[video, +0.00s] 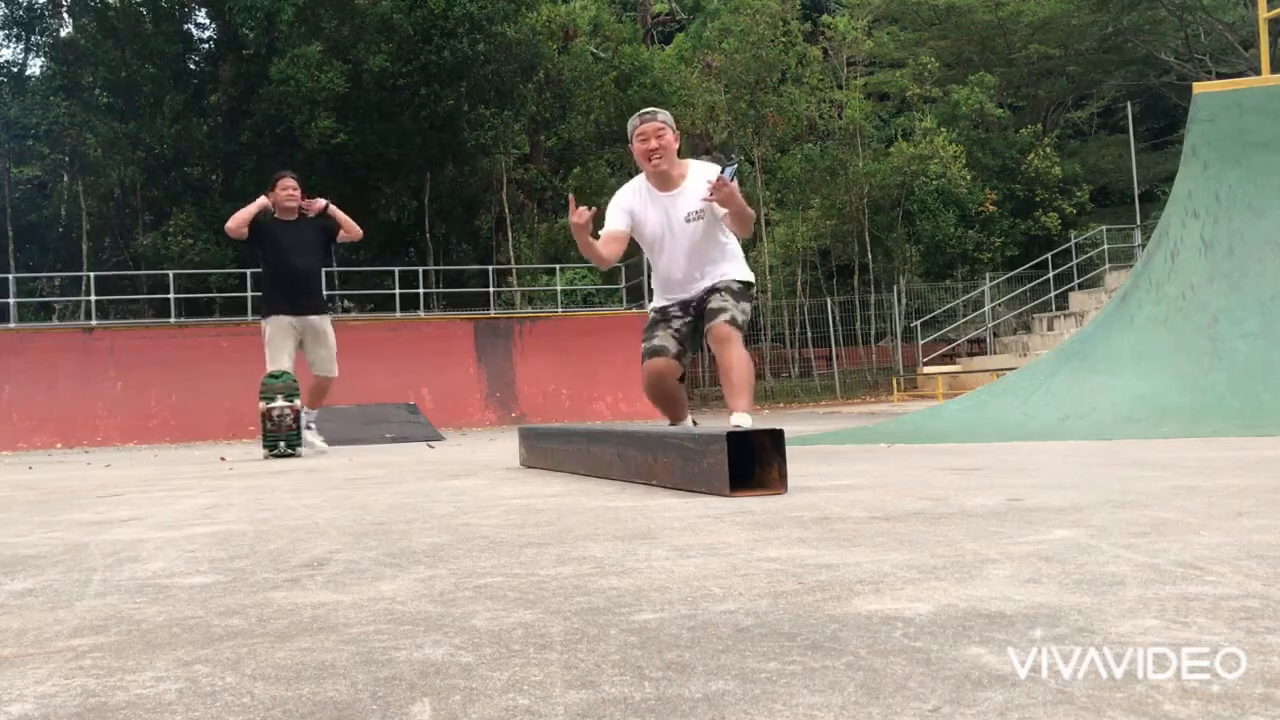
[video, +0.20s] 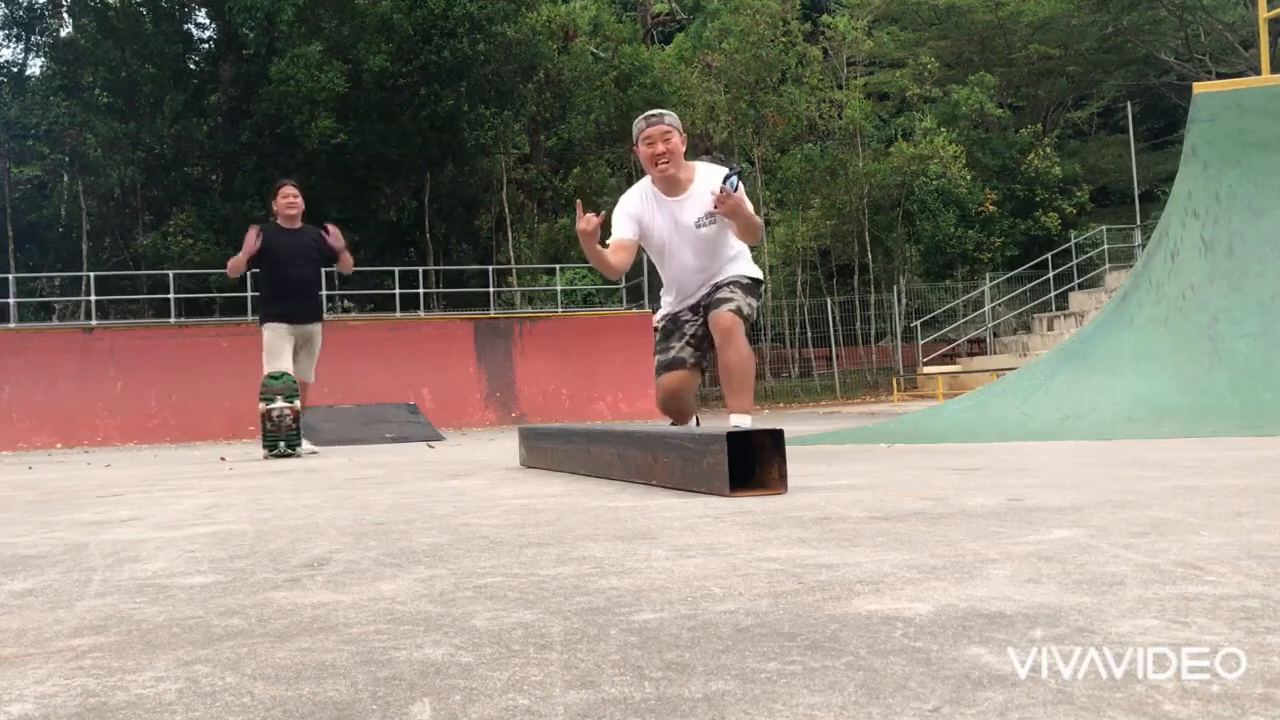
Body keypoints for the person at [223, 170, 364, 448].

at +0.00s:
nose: (292, 192)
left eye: (295, 188)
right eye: (285, 189)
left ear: (302, 196)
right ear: (272, 197)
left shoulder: (317, 223)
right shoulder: (263, 225)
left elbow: (355, 233)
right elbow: (232, 228)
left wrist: (327, 207)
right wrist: (259, 203)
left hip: (315, 312)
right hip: (278, 313)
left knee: (327, 374)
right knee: (279, 377)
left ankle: (306, 423)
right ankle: (283, 434)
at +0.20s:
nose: (292, 200)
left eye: (296, 196)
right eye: (285, 197)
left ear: (303, 204)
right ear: (275, 206)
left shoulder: (316, 236)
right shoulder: (263, 235)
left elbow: (346, 269)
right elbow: (232, 272)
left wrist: (341, 249)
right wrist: (246, 253)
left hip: (310, 321)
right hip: (276, 321)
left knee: (302, 383)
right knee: (278, 382)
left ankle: (296, 435)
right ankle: (278, 439)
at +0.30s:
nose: (294, 202)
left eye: (297, 198)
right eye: (287, 199)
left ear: (304, 206)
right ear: (276, 207)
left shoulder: (317, 236)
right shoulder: (262, 236)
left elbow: (329, 275)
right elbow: (241, 271)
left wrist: (344, 279)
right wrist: (241, 286)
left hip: (309, 322)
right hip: (276, 322)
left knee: (301, 384)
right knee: (280, 382)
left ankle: (295, 436)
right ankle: (280, 440)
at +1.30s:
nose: (252, 216)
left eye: (256, 211)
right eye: (246, 212)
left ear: (262, 215)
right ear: (235, 217)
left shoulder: (274, 239)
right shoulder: (227, 247)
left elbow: (289, 273)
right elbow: (215, 286)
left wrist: (299, 302)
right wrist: (231, 263)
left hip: (277, 324)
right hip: (242, 327)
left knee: (285, 377)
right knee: (245, 383)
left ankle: (277, 431)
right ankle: (248, 438)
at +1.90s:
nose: (257, 231)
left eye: (261, 227)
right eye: (251, 227)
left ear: (266, 229)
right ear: (239, 228)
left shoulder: (269, 254)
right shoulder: (227, 255)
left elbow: (278, 290)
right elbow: (216, 292)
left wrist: (290, 323)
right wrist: (232, 303)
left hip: (269, 331)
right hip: (241, 332)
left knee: (272, 386)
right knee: (245, 385)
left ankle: (267, 438)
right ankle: (246, 439)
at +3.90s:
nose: (267, 196)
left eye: (272, 191)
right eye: (262, 189)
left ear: (275, 195)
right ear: (245, 188)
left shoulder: (267, 221)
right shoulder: (225, 215)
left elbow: (284, 256)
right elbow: (193, 251)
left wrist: (299, 292)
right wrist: (180, 299)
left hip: (239, 298)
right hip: (213, 296)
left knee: (247, 358)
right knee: (234, 355)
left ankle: (227, 422)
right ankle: (225, 423)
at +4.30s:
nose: (273, 180)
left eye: (278, 176)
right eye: (268, 172)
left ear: (280, 181)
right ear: (249, 171)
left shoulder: (260, 209)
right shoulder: (226, 199)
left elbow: (255, 250)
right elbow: (217, 246)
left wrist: (268, 288)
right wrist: (229, 293)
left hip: (222, 291)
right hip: (190, 288)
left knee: (224, 355)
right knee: (189, 355)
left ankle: (216, 423)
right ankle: (186, 427)